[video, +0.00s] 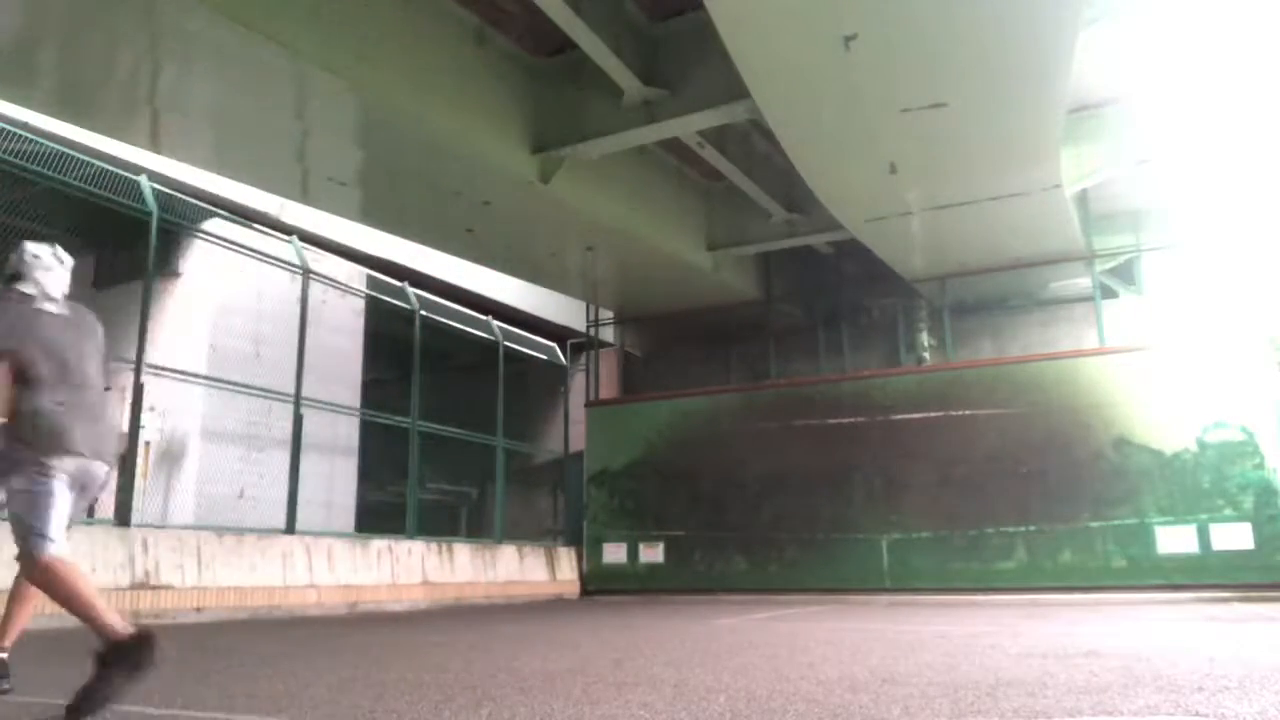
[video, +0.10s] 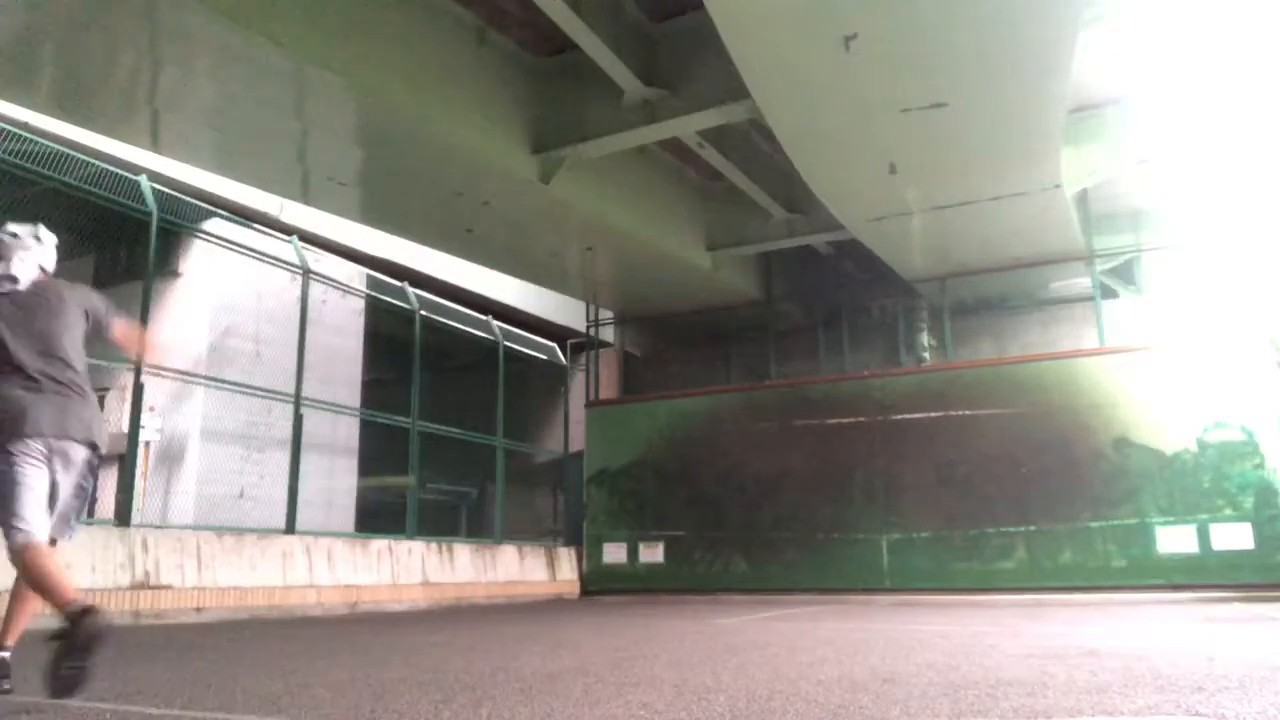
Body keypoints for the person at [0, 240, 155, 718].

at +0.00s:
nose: (12, 282)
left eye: (16, 275)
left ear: (18, 278)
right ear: (63, 281)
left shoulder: (10, 313)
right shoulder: (89, 322)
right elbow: (97, 387)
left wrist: (6, 433)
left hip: (42, 447)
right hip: (97, 453)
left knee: (39, 555)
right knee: (35, 559)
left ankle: (119, 639)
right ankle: (1, 654)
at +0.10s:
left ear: (5, 260)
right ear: (47, 262)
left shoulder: (3, 297)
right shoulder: (74, 296)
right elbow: (134, 339)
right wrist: (149, 351)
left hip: (20, 425)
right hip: (80, 430)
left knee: (24, 544)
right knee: (42, 550)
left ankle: (78, 612)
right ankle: (3, 654)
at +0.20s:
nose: (15, 252)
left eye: (11, 243)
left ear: (6, 247)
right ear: (41, 244)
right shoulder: (69, 278)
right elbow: (135, 271)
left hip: (10, 420)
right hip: (61, 421)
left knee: (6, 530)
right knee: (39, 537)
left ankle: (22, 623)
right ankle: (15, 631)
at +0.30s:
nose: (37, 236)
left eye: (27, 231)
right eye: (35, 230)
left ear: (4, 238)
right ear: (33, 236)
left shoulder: (14, 267)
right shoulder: (58, 260)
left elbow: (126, 220)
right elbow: (127, 221)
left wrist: (169, 176)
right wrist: (175, 170)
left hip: (9, 414)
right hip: (42, 414)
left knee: (13, 539)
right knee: (26, 541)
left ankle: (4, 649)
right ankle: (1, 649)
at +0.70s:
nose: (13, 250)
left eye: (11, 242)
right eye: (9, 242)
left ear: (9, 242)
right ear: (4, 242)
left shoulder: (10, 269)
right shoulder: (6, 269)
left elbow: (56, 275)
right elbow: (56, 274)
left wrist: (112, 223)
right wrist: (114, 222)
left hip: (9, 422)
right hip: (4, 423)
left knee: (14, 528)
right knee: (13, 529)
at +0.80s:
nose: (14, 247)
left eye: (12, 240)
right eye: (10, 240)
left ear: (6, 242)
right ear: (4, 240)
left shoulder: (11, 279)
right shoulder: (6, 271)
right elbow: (56, 293)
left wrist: (27, 389)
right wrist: (118, 260)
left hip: (14, 427)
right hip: (9, 428)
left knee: (19, 526)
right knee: (20, 525)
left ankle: (3, 647)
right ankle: (2, 645)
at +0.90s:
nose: (21, 253)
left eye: (21, 245)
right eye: (19, 245)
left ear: (1, 245)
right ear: (7, 244)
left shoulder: (7, 284)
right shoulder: (11, 276)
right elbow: (62, 318)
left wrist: (42, 373)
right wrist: (118, 304)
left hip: (7, 421)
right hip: (5, 424)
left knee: (28, 520)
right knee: (29, 519)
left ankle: (12, 632)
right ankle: (13, 630)